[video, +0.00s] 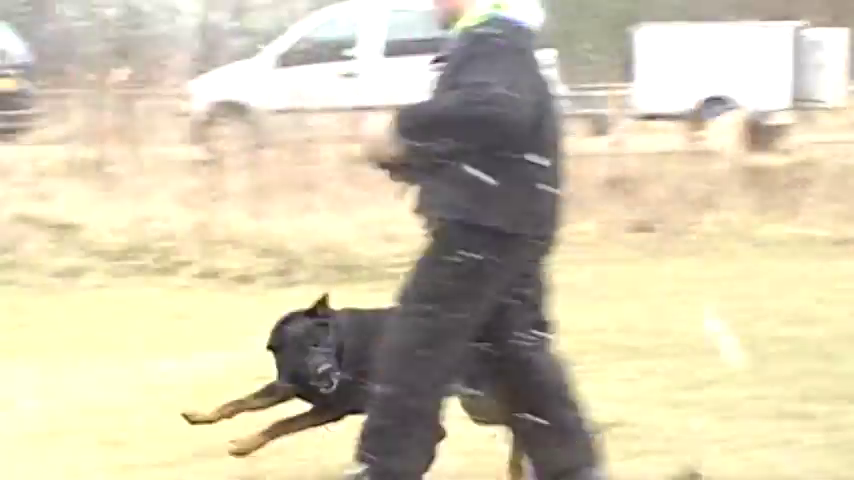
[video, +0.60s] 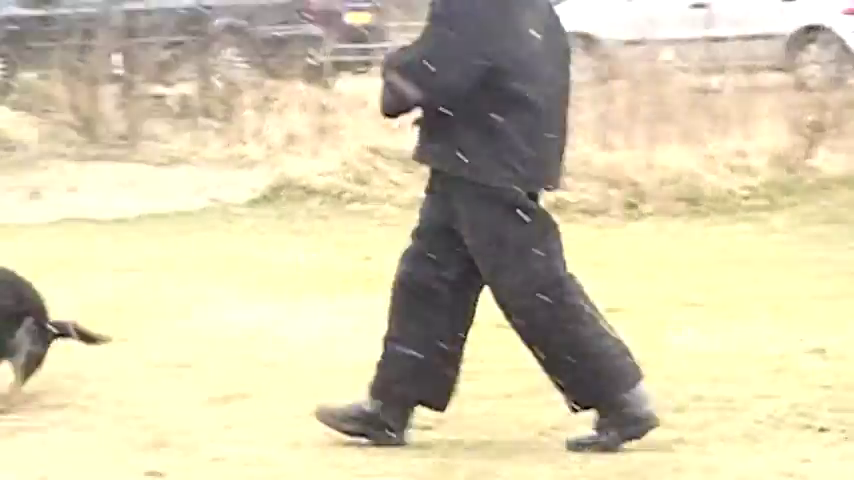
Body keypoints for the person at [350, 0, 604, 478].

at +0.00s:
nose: (437, 8)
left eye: (441, 2)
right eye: (438, 4)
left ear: (458, 2)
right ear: (484, 2)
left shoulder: (490, 41)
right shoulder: (494, 45)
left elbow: (502, 111)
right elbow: (473, 145)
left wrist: (406, 125)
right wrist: (409, 158)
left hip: (486, 228)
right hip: (510, 230)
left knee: (415, 342)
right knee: (518, 352)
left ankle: (387, 466)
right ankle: (570, 465)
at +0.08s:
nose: (512, 6)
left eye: (517, 1)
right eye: (514, 2)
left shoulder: (573, 27)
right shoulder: (558, 37)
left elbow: (591, 86)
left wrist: (513, 112)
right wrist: (500, 150)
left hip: (565, 214)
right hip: (600, 216)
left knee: (503, 330)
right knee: (633, 336)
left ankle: (449, 455)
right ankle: (709, 451)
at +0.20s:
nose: (473, 5)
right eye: (473, 1)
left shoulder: (530, 32)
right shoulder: (526, 36)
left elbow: (547, 97)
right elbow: (492, 105)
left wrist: (461, 136)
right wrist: (450, 137)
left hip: (515, 215)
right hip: (556, 215)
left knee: (456, 330)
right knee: (576, 326)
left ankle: (460, 466)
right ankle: (688, 404)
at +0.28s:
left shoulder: (489, 18)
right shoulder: (525, 25)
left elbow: (486, 98)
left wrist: (401, 125)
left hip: (478, 198)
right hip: (525, 198)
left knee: (447, 316)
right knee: (510, 304)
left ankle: (469, 450)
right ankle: (611, 386)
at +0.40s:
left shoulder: (451, 7)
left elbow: (432, 72)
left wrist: (366, 74)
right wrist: (385, 84)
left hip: (456, 164)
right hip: (436, 161)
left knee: (463, 292)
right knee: (414, 280)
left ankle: (498, 425)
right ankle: (456, 404)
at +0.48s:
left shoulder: (436, 6)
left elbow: (404, 64)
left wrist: (360, 62)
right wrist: (380, 65)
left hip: (448, 157)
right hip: (425, 155)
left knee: (478, 283)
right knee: (396, 275)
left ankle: (527, 417)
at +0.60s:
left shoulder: (473, 10)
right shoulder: (531, 12)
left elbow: (440, 69)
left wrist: (397, 67)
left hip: (488, 166)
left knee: (536, 289)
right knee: (430, 283)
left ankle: (624, 406)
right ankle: (387, 408)